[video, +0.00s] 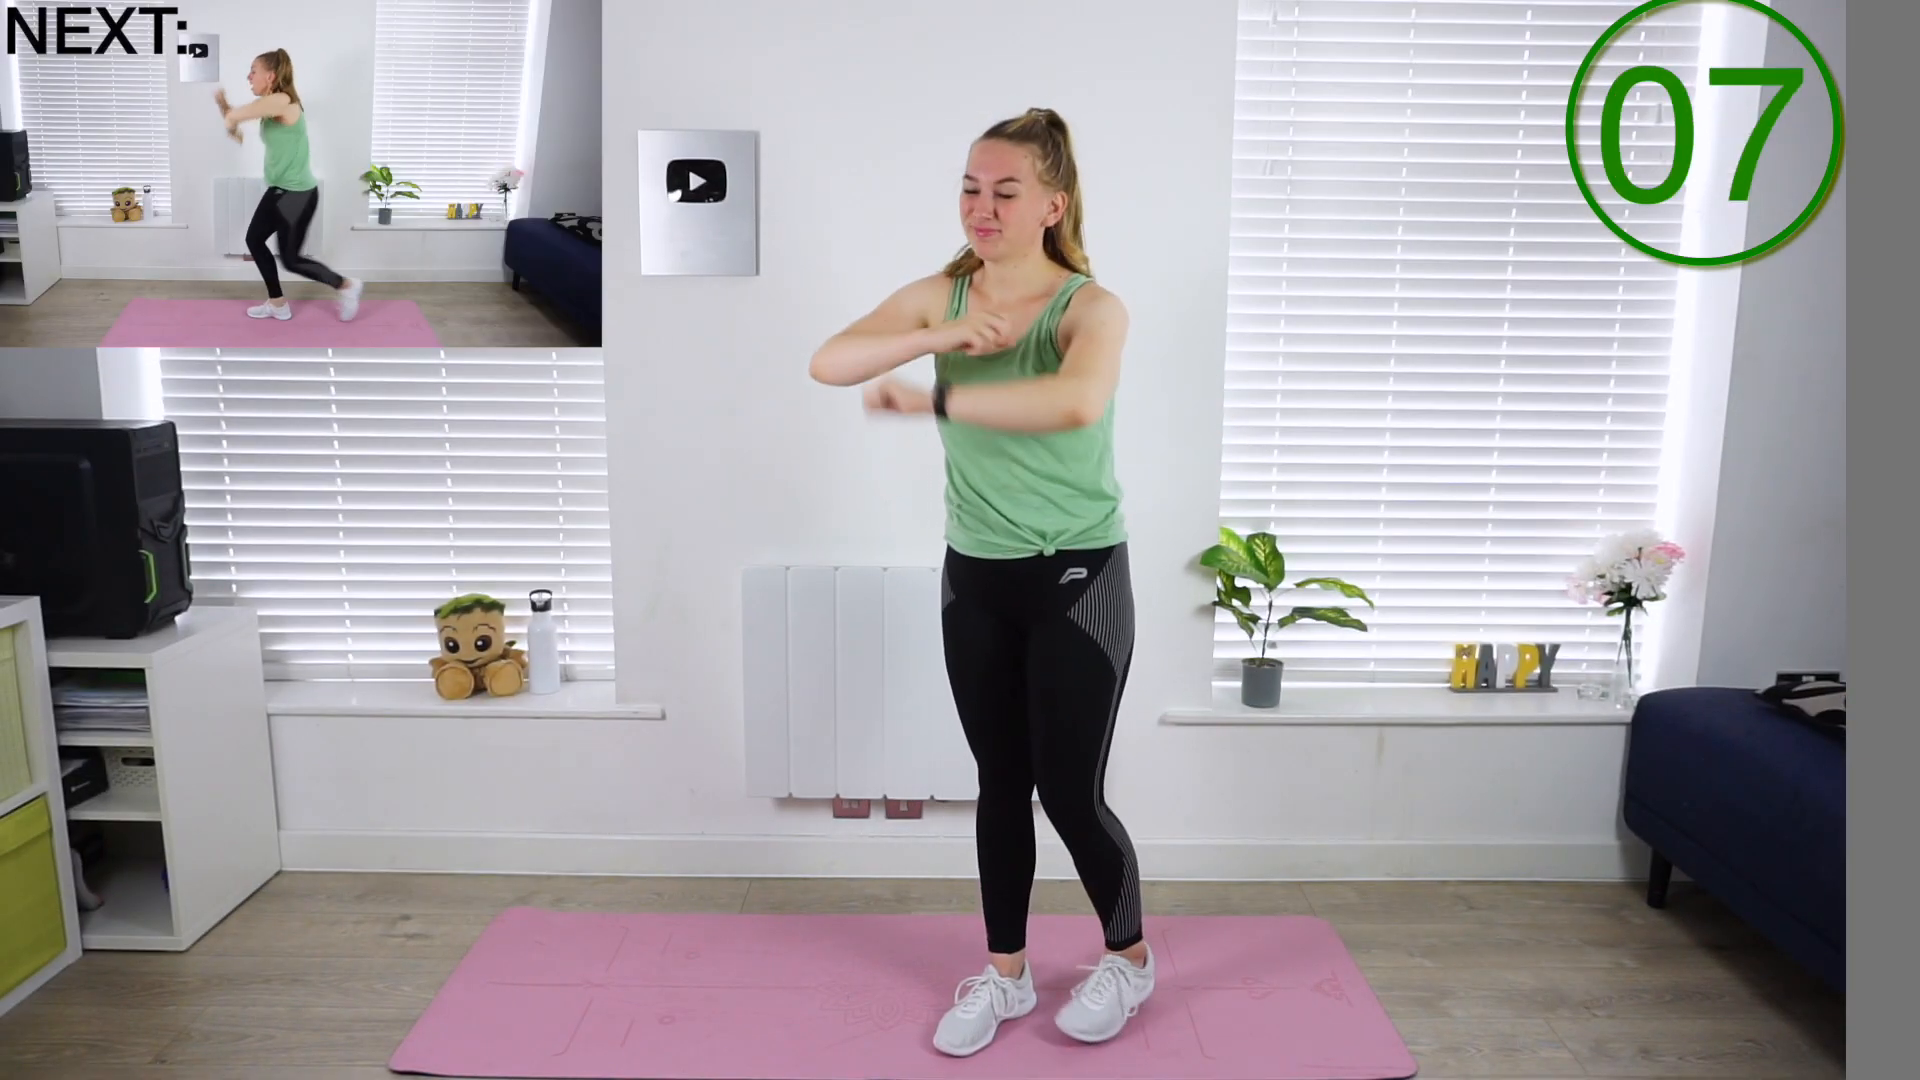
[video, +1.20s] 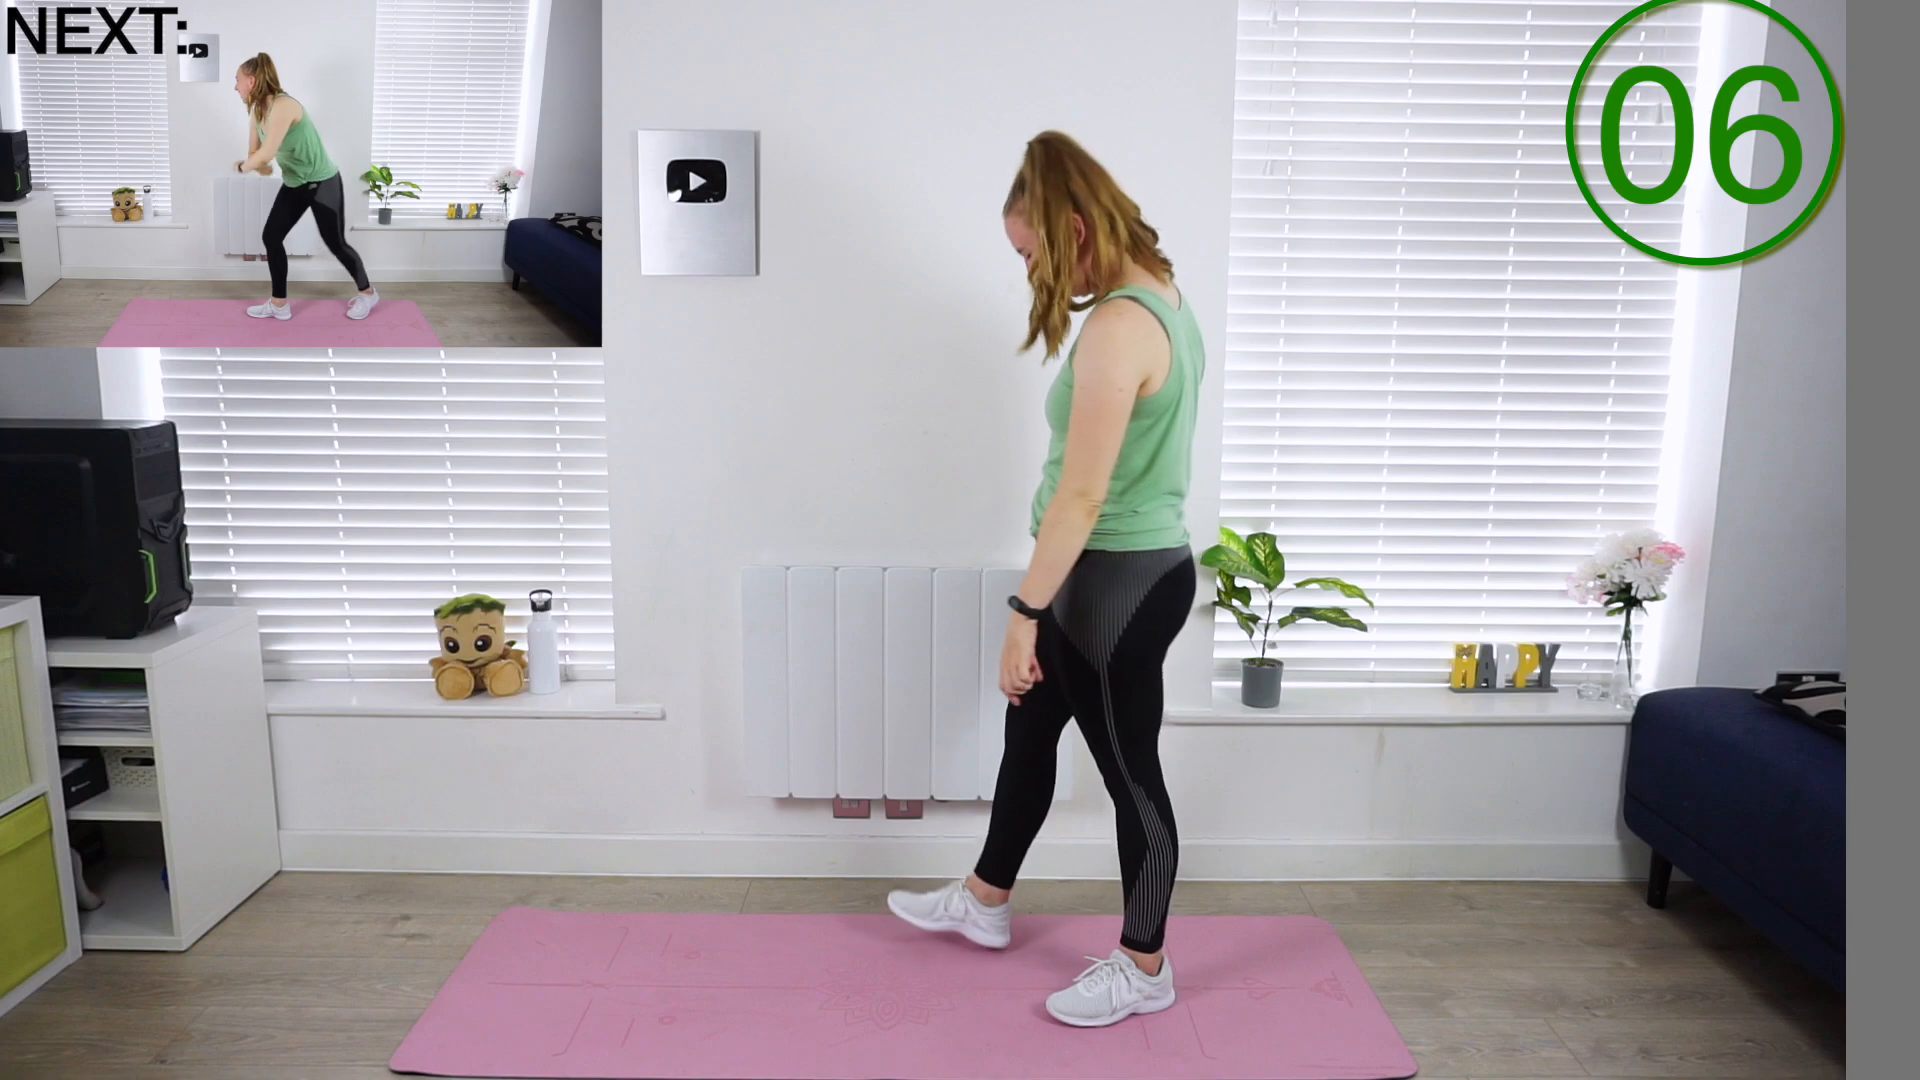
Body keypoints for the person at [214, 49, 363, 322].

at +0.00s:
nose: (249, 78)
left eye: (253, 73)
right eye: (250, 72)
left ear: (271, 76)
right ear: (271, 77)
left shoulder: (281, 100)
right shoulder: (273, 102)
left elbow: (233, 117)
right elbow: (238, 120)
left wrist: (233, 129)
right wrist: (225, 109)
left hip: (299, 192)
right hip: (279, 189)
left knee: (290, 259)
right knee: (255, 239)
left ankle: (347, 285)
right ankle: (277, 302)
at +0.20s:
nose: (260, 59)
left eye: (266, 56)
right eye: (262, 55)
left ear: (284, 65)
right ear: (282, 66)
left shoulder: (277, 87)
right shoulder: (283, 87)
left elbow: (237, 58)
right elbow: (248, 64)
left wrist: (239, 46)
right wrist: (224, 60)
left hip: (272, 182)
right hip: (281, 180)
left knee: (226, 237)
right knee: (258, 240)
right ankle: (278, 303)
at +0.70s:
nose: (262, 66)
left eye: (269, 61)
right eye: (263, 61)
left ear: (288, 68)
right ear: (286, 69)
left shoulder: (279, 97)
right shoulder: (286, 94)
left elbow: (231, 80)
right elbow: (251, 83)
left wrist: (239, 73)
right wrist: (228, 81)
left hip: (266, 186)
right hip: (272, 183)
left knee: (226, 241)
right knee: (254, 240)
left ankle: (211, 316)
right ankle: (277, 304)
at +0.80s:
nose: (253, 73)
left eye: (258, 67)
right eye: (254, 67)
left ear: (278, 71)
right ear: (276, 72)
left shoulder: (281, 103)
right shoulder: (282, 98)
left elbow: (229, 111)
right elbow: (247, 109)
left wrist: (219, 110)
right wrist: (239, 117)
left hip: (281, 190)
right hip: (278, 186)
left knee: (232, 242)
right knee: (259, 241)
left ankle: (247, 314)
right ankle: (278, 305)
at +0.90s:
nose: (245, 79)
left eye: (248, 73)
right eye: (245, 73)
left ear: (265, 76)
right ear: (266, 76)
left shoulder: (279, 105)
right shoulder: (273, 102)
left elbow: (239, 137)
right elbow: (248, 126)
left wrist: (234, 148)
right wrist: (238, 129)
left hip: (295, 189)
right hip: (281, 186)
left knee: (256, 249)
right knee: (262, 244)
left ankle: (303, 300)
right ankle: (277, 304)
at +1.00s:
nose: (238, 81)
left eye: (241, 75)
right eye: (238, 75)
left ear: (257, 77)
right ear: (256, 77)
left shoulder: (280, 103)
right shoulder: (261, 107)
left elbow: (253, 149)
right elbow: (243, 143)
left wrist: (251, 151)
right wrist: (229, 153)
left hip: (305, 186)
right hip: (283, 185)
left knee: (289, 252)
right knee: (269, 239)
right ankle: (279, 303)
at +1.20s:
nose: (235, 87)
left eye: (238, 80)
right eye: (236, 80)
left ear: (253, 81)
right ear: (253, 80)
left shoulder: (283, 106)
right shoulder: (257, 111)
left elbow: (267, 153)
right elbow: (253, 150)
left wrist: (247, 164)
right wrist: (262, 166)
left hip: (323, 181)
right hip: (295, 184)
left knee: (335, 242)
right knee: (271, 236)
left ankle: (367, 292)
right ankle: (279, 303)